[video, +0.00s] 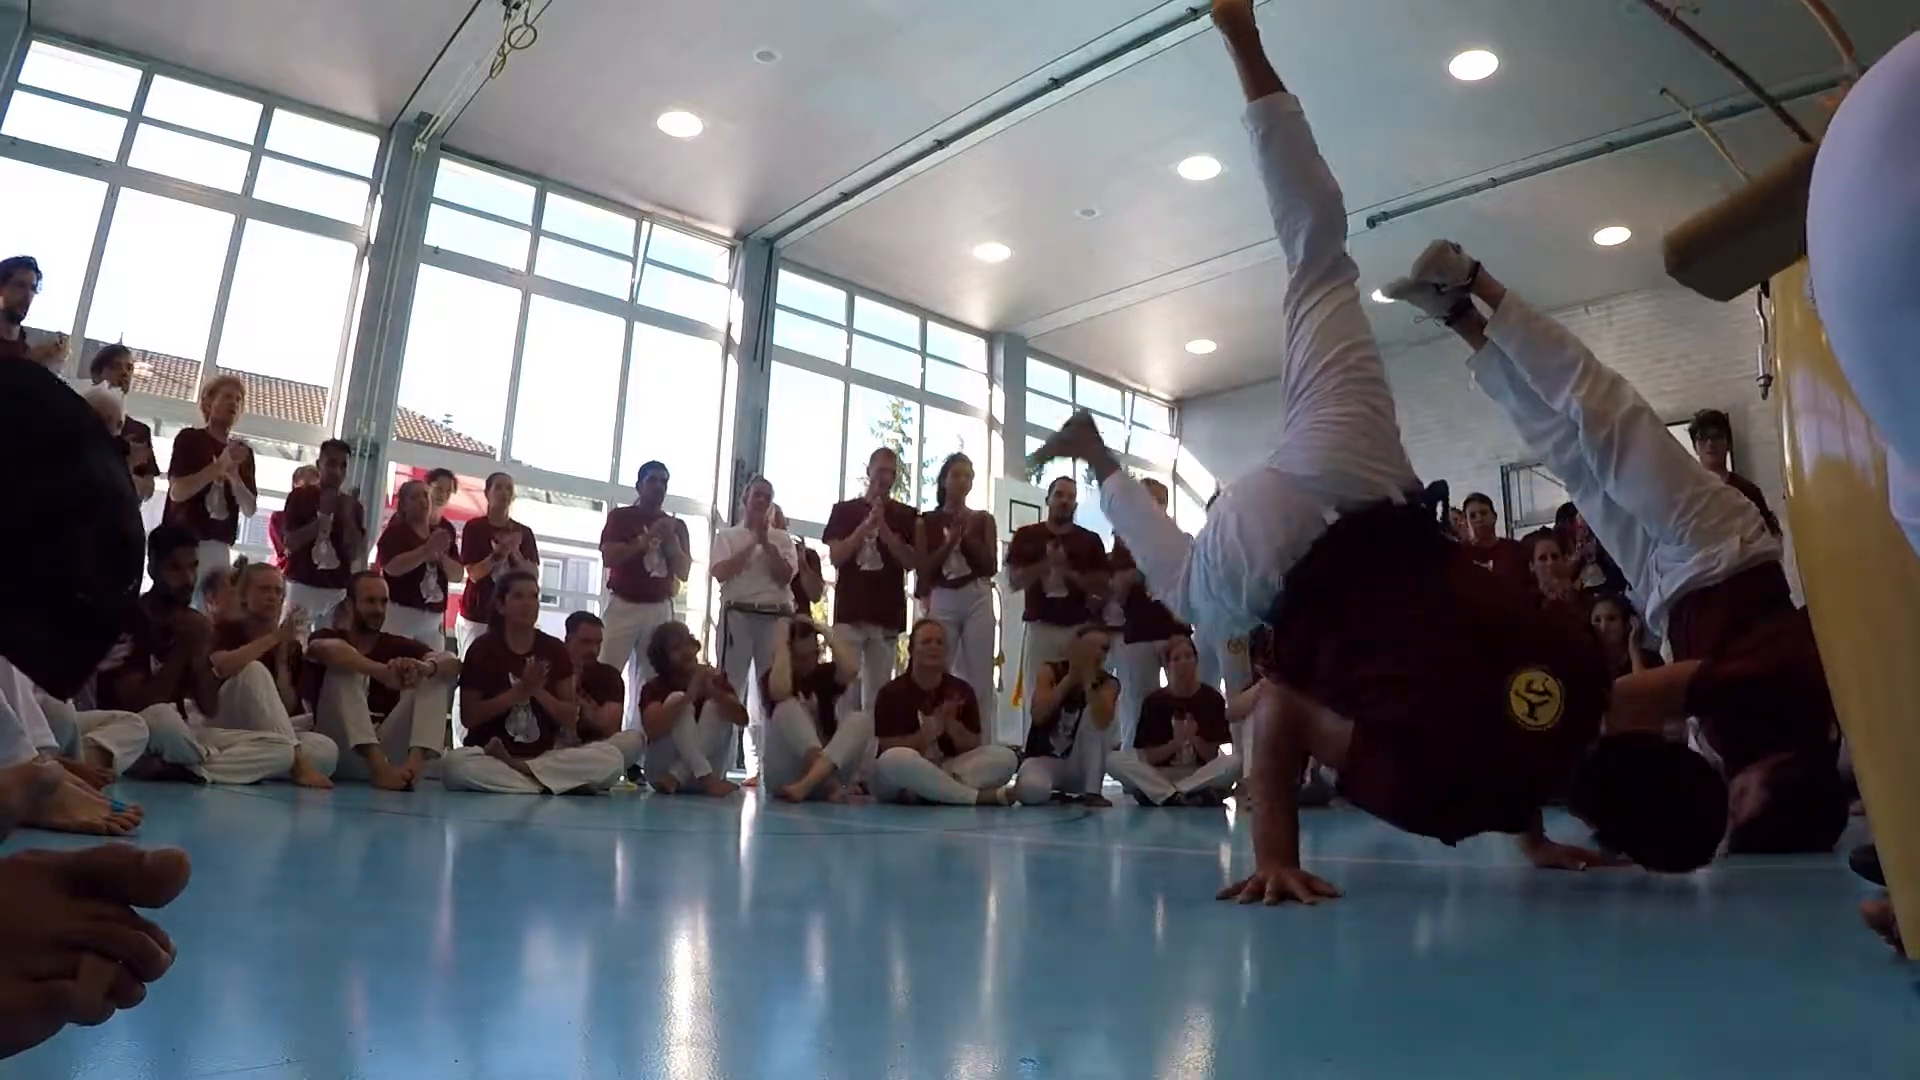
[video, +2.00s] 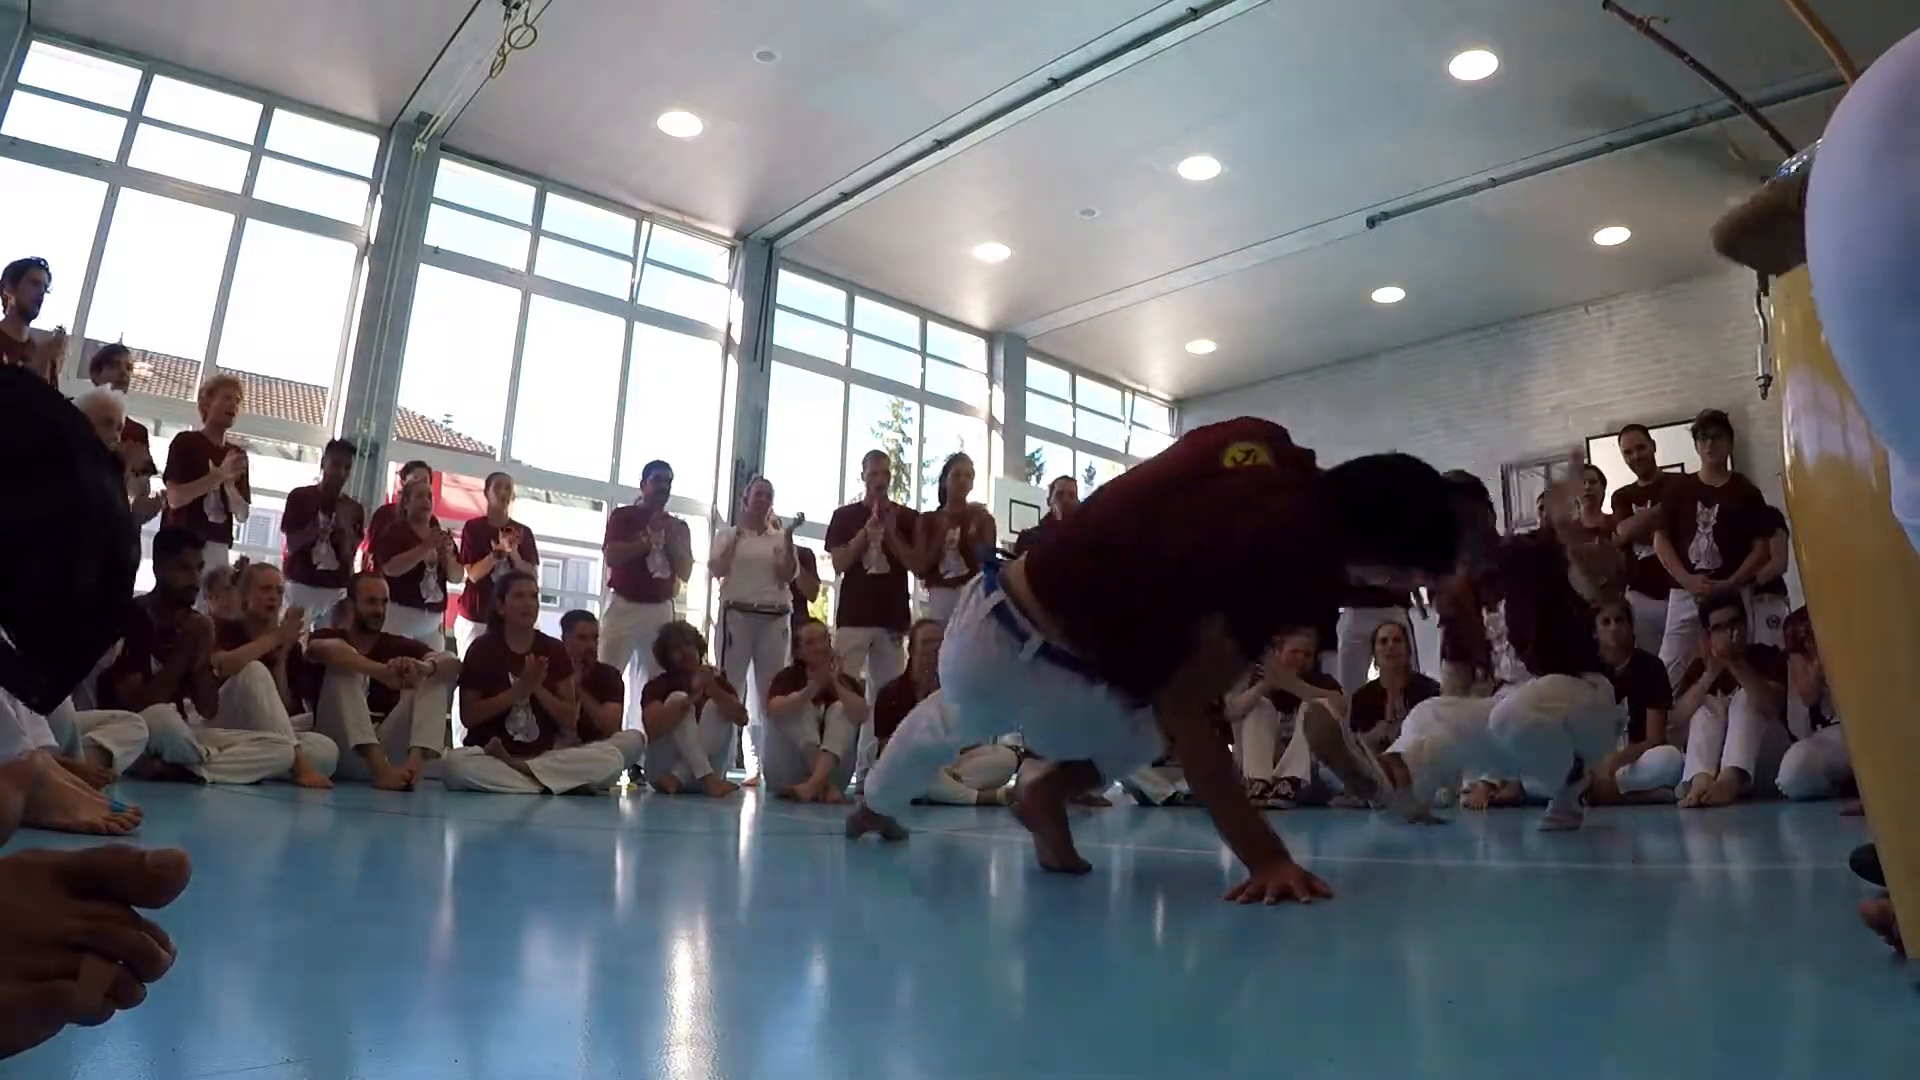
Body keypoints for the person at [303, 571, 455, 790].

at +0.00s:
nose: (378, 609)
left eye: (383, 602)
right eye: (370, 601)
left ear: (388, 603)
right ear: (351, 603)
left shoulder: (392, 643)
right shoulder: (329, 637)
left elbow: (453, 662)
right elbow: (317, 649)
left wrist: (427, 666)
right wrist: (382, 671)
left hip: (387, 750)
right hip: (338, 750)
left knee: (438, 673)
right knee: (343, 661)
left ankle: (415, 763)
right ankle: (378, 764)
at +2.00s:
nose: (379, 610)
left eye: (384, 602)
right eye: (371, 602)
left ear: (389, 603)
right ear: (352, 603)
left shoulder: (393, 643)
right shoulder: (329, 637)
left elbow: (454, 663)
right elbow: (316, 650)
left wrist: (427, 666)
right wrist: (382, 671)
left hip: (387, 751)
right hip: (338, 749)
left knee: (437, 674)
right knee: (342, 662)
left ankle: (415, 764)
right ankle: (378, 764)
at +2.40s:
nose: (381, 610)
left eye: (385, 603)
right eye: (372, 602)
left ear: (390, 604)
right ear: (353, 603)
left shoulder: (393, 643)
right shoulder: (328, 637)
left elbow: (454, 663)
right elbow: (321, 650)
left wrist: (427, 666)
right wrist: (383, 672)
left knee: (438, 674)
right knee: (342, 662)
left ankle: (414, 764)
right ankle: (378, 765)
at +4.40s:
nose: (380, 610)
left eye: (384, 603)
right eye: (371, 603)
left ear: (389, 603)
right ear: (351, 603)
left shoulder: (393, 643)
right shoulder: (323, 638)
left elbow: (453, 663)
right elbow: (334, 655)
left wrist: (427, 667)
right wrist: (382, 672)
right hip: (332, 749)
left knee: (436, 673)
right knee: (344, 668)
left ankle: (414, 765)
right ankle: (378, 766)